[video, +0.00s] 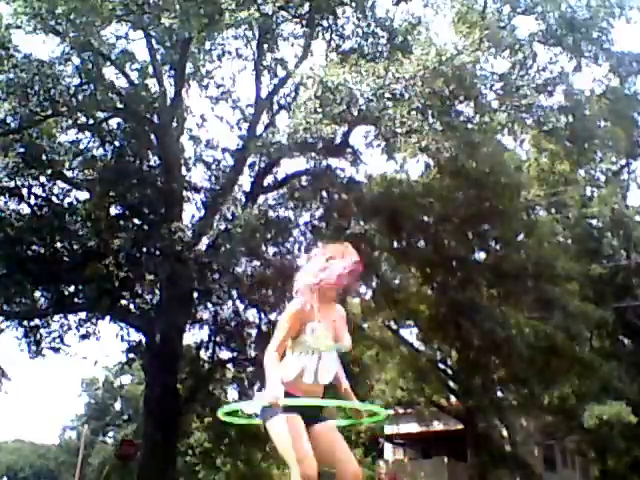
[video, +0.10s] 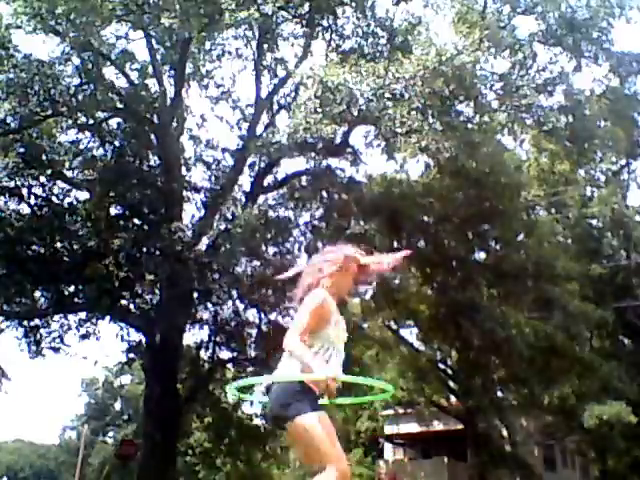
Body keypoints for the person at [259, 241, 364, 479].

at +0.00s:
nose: (342, 279)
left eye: (345, 274)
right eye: (339, 272)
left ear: (343, 278)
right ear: (320, 272)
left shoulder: (338, 313)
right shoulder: (299, 310)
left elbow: (332, 358)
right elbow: (272, 353)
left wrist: (350, 398)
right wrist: (273, 386)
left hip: (314, 406)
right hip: (283, 403)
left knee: (352, 472)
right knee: (306, 471)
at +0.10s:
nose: (354, 282)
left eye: (355, 276)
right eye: (351, 274)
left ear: (334, 272)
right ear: (333, 271)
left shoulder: (331, 306)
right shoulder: (319, 299)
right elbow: (291, 340)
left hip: (303, 391)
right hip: (292, 390)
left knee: (333, 469)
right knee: (338, 468)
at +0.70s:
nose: (305, 261)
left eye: (313, 254)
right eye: (302, 254)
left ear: (323, 261)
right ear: (296, 262)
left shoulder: (332, 291)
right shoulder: (292, 298)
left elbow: (372, 308)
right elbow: (281, 321)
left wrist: (355, 271)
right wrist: (267, 294)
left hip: (331, 383)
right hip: (297, 388)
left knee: (307, 466)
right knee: (280, 465)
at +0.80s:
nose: (323, 261)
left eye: (329, 257)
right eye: (318, 254)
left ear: (333, 264)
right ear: (302, 256)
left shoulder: (337, 293)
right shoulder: (280, 290)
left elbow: (380, 303)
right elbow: (247, 297)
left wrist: (372, 267)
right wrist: (240, 264)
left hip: (331, 382)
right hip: (291, 383)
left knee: (315, 457)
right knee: (286, 458)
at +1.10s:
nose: (321, 250)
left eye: (324, 247)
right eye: (318, 244)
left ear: (321, 255)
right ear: (307, 245)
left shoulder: (312, 284)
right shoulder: (300, 276)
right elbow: (300, 226)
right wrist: (308, 185)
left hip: (297, 380)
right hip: (289, 378)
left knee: (308, 460)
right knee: (289, 461)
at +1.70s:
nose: (310, 252)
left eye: (318, 247)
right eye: (305, 245)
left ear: (326, 250)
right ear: (294, 246)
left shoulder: (331, 276)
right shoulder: (277, 278)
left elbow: (376, 277)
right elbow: (263, 267)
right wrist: (262, 232)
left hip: (319, 373)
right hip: (283, 377)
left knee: (301, 461)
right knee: (272, 463)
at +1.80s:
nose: (326, 254)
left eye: (332, 251)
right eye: (322, 247)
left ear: (337, 258)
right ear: (304, 246)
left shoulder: (338, 288)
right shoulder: (280, 279)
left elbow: (375, 306)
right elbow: (236, 276)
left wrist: (388, 268)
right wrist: (244, 239)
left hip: (326, 379)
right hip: (286, 376)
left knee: (309, 461)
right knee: (288, 454)